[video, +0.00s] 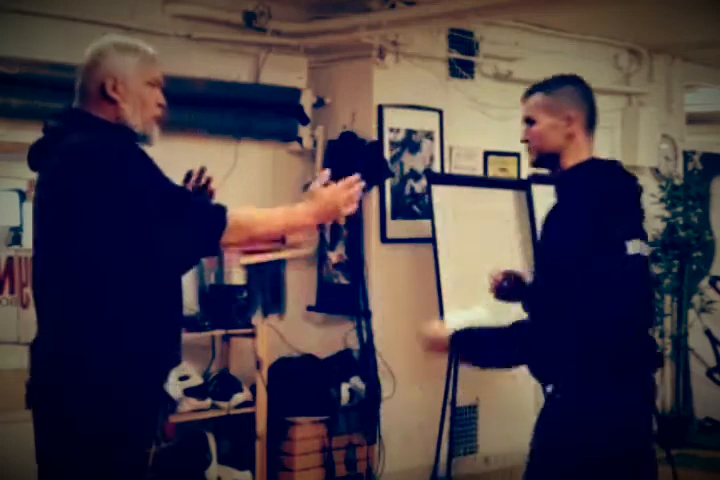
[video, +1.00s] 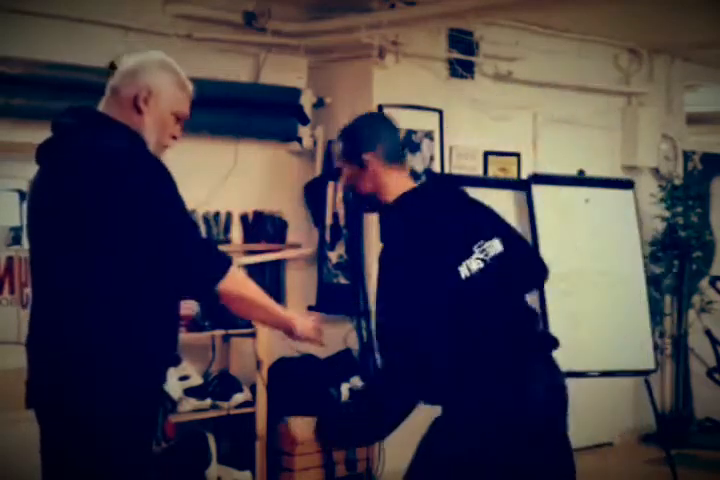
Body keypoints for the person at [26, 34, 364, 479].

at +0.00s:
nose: (163, 102)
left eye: (161, 88)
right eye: (154, 85)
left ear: (113, 91)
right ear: (114, 89)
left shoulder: (71, 154)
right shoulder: (105, 156)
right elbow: (210, 231)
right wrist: (315, 209)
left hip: (74, 384)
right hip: (108, 391)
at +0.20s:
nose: (149, 95)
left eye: (147, 82)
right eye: (141, 80)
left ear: (99, 86)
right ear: (101, 84)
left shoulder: (56, 151)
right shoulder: (96, 153)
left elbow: (115, 247)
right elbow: (193, 244)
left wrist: (180, 221)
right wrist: (292, 245)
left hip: (62, 368)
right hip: (105, 376)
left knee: (68, 471)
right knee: (111, 470)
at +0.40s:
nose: (142, 98)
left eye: (140, 85)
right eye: (133, 83)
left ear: (91, 88)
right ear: (92, 87)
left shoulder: (52, 156)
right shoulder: (88, 159)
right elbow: (190, 241)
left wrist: (181, 226)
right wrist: (290, 240)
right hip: (104, 381)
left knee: (75, 471)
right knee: (112, 470)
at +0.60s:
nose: (154, 106)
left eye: (153, 94)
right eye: (146, 91)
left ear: (107, 90)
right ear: (106, 89)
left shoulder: (56, 154)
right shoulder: (101, 152)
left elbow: (121, 266)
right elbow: (197, 226)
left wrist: (190, 258)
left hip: (68, 376)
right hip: (112, 381)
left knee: (73, 471)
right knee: (114, 470)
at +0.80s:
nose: (174, 127)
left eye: (176, 115)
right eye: (170, 110)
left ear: (128, 95)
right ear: (133, 96)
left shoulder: (55, 163)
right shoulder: (131, 160)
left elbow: (102, 284)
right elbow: (208, 244)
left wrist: (183, 297)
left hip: (61, 377)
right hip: (119, 382)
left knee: (68, 472)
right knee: (120, 471)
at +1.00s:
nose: (178, 136)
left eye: (182, 125)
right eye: (176, 120)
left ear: (136, 99)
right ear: (141, 101)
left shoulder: (59, 161)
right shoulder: (134, 168)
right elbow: (208, 272)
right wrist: (290, 322)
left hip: (60, 382)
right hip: (117, 390)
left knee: (66, 472)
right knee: (118, 470)